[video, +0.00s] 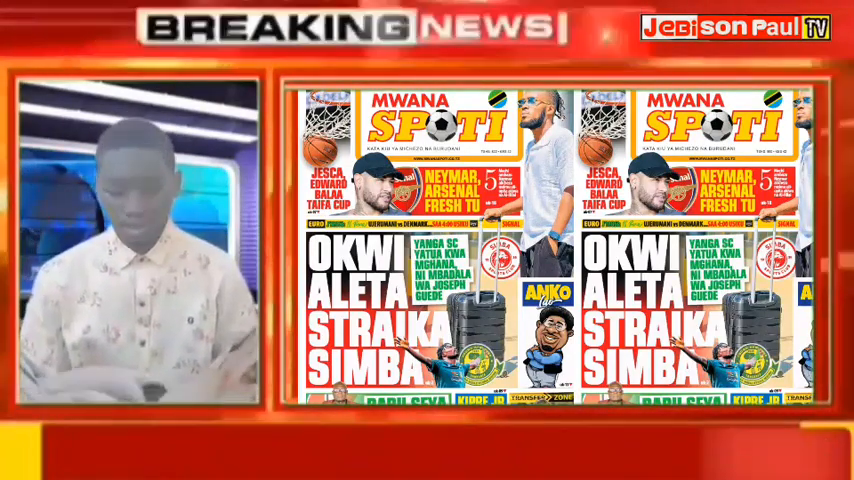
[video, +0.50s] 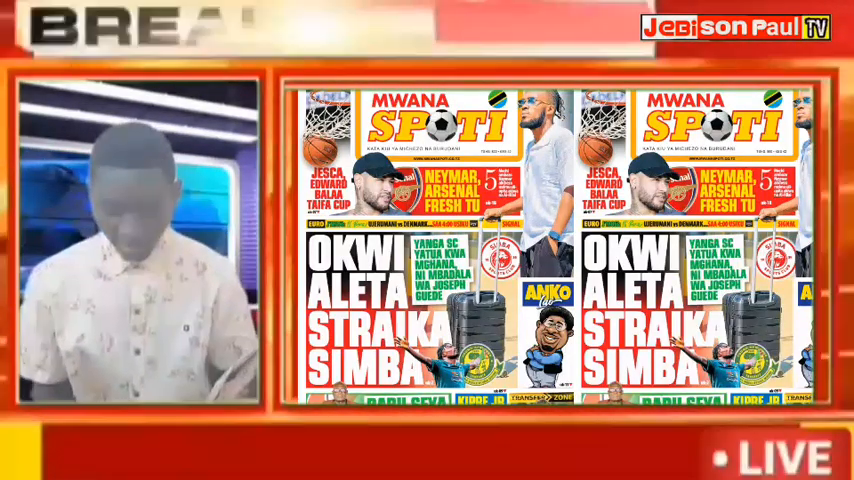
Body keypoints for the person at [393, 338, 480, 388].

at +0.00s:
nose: (453, 348)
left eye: (453, 347)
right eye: (449, 347)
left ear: (456, 352)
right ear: (443, 354)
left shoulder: (462, 367)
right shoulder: (439, 365)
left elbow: (474, 365)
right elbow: (423, 359)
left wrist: (478, 360)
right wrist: (407, 348)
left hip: (461, 403)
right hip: (444, 403)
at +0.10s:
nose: (453, 348)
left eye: (453, 347)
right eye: (449, 347)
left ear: (456, 352)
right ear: (443, 354)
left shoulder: (462, 367)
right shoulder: (439, 365)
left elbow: (474, 365)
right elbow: (423, 359)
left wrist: (478, 360)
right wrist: (407, 348)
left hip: (461, 402)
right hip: (444, 403)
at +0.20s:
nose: (453, 348)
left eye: (453, 347)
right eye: (449, 347)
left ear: (456, 352)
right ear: (443, 354)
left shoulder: (462, 367)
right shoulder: (439, 365)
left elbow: (474, 365)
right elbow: (423, 359)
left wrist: (478, 360)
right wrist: (407, 348)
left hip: (461, 402)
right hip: (444, 403)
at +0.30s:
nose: (453, 348)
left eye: (453, 347)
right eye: (449, 347)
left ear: (456, 352)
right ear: (443, 354)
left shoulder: (462, 367)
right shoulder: (439, 365)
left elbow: (474, 365)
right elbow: (423, 359)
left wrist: (478, 360)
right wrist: (407, 348)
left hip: (461, 403)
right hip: (444, 403)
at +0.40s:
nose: (453, 348)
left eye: (453, 347)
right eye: (449, 347)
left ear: (456, 352)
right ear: (443, 354)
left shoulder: (462, 367)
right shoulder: (439, 365)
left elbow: (474, 365)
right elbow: (423, 359)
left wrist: (478, 360)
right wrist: (407, 348)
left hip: (461, 403)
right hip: (444, 403)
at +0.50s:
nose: (453, 348)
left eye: (453, 347)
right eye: (449, 347)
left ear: (455, 351)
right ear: (443, 354)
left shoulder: (462, 367)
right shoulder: (439, 365)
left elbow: (474, 365)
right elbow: (423, 359)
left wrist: (478, 361)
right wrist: (408, 348)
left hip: (461, 402)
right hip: (444, 403)